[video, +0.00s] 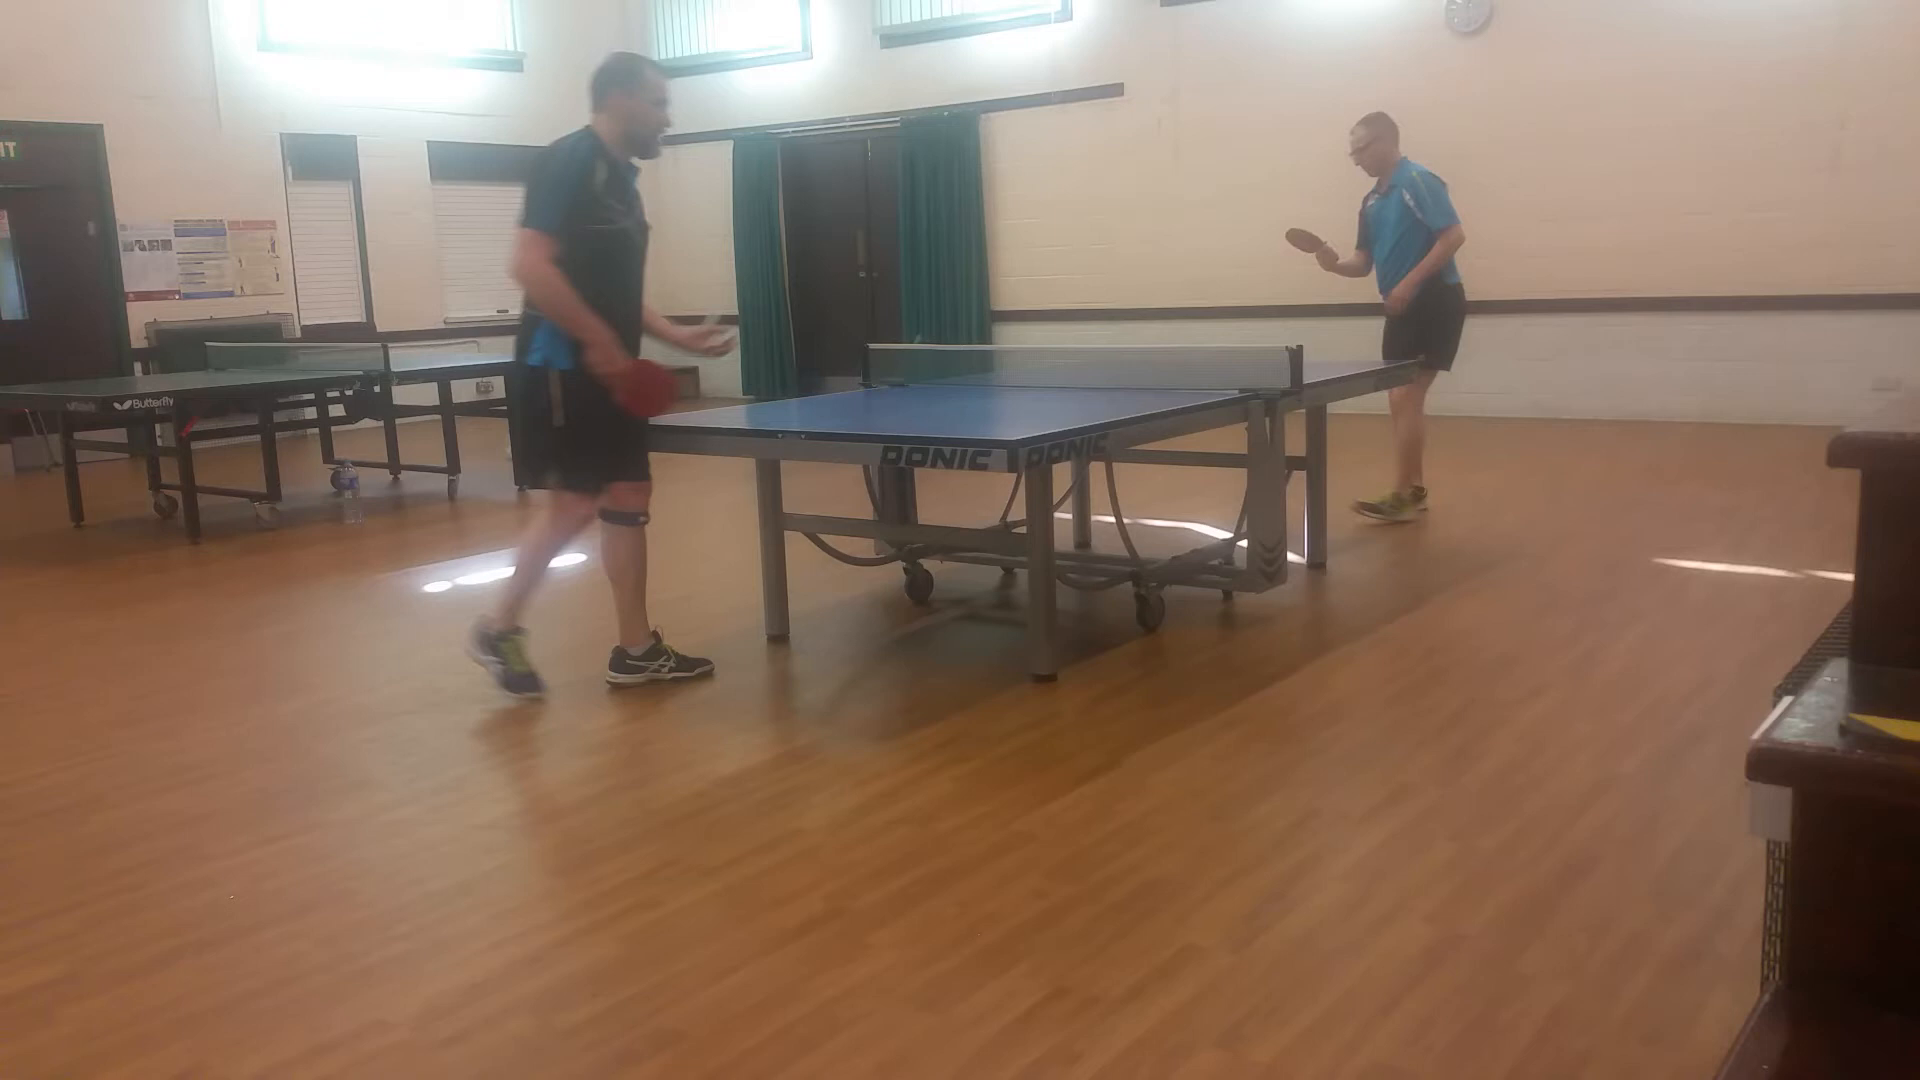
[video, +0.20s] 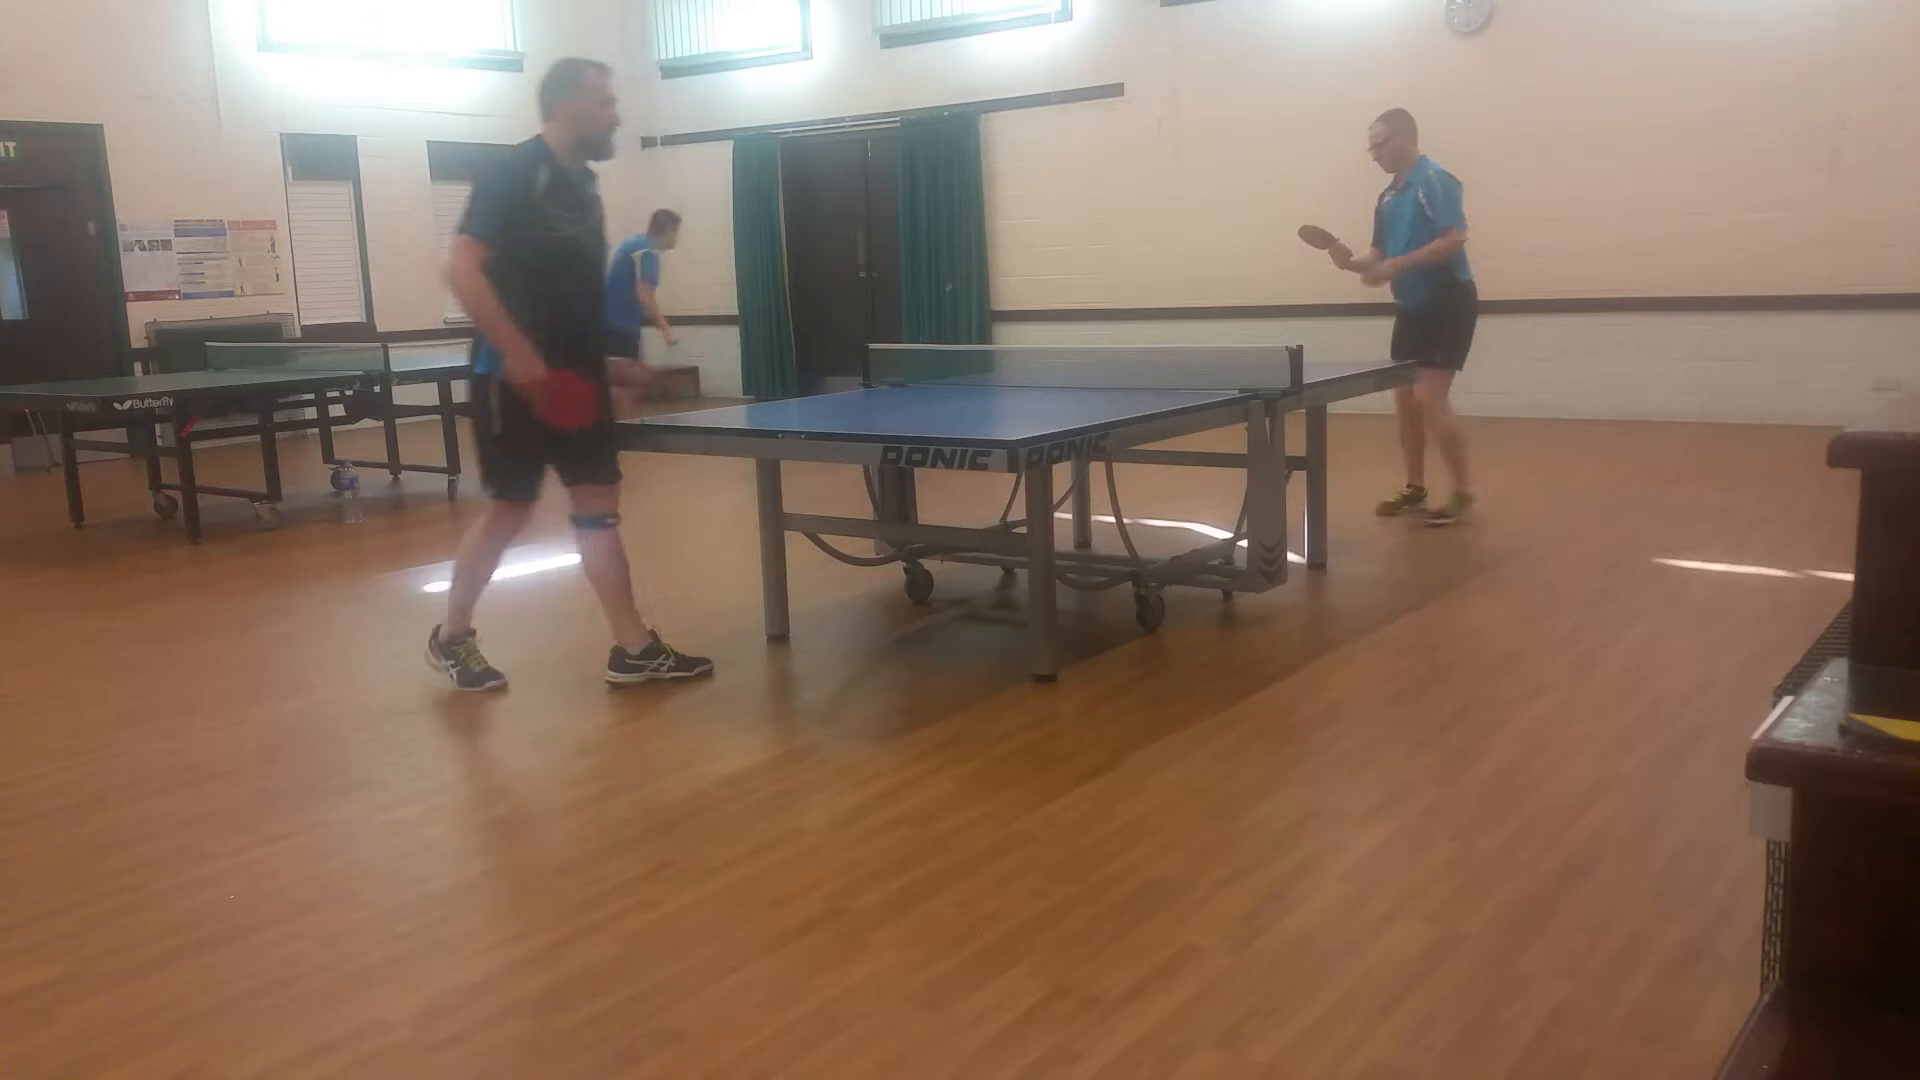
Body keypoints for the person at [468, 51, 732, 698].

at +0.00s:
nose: (666, 118)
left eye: (666, 106)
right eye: (657, 105)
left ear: (628, 106)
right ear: (615, 102)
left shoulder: (620, 176)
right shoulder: (567, 161)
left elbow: (615, 286)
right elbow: (530, 264)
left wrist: (674, 332)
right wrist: (597, 337)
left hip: (607, 362)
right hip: (558, 362)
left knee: (627, 495)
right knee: (575, 501)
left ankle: (636, 648)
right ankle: (498, 628)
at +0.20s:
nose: (616, 116)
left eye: (614, 104)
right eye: (605, 103)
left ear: (575, 111)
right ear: (564, 109)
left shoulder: (583, 188)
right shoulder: (513, 173)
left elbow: (573, 292)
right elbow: (462, 268)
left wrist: (607, 361)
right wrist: (516, 350)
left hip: (577, 368)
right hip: (518, 370)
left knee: (597, 504)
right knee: (508, 511)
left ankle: (633, 645)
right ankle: (451, 635)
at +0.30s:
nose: (585, 124)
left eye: (582, 113)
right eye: (573, 114)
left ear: (549, 121)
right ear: (532, 119)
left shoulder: (557, 195)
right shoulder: (481, 181)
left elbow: (534, 299)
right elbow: (427, 283)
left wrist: (565, 361)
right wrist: (477, 367)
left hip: (543, 373)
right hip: (484, 376)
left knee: (574, 508)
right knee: (482, 513)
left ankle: (627, 643)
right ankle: (449, 646)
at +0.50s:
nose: (521, 113)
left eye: (519, 102)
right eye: (507, 103)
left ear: (502, 113)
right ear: (467, 111)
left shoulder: (507, 188)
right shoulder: (422, 179)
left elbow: (493, 282)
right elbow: (375, 283)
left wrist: (530, 327)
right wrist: (430, 358)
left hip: (504, 360)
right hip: (442, 366)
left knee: (548, 481)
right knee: (455, 504)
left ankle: (542, 628)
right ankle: (450, 646)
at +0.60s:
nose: (496, 114)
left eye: (493, 103)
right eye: (482, 104)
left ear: (465, 113)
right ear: (442, 113)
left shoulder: (489, 186)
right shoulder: (394, 181)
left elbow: (482, 279)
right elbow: (354, 282)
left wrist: (525, 322)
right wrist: (421, 346)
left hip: (491, 365)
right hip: (427, 371)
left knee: (526, 487)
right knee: (445, 508)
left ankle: (489, 602)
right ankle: (447, 646)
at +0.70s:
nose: (468, 119)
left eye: (469, 107)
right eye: (456, 109)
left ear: (464, 110)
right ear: (417, 113)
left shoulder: (475, 187)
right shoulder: (371, 185)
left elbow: (478, 274)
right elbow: (338, 285)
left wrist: (521, 327)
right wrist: (408, 331)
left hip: (484, 362)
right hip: (419, 366)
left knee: (492, 500)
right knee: (439, 503)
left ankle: (436, 588)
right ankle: (447, 646)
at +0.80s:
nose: (450, 130)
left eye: (452, 119)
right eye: (438, 120)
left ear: (453, 120)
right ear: (399, 121)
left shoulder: (464, 195)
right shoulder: (357, 193)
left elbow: (475, 277)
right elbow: (329, 293)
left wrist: (516, 334)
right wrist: (398, 326)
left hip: (466, 363)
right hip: (405, 365)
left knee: (462, 502)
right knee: (431, 498)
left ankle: (410, 590)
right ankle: (446, 644)